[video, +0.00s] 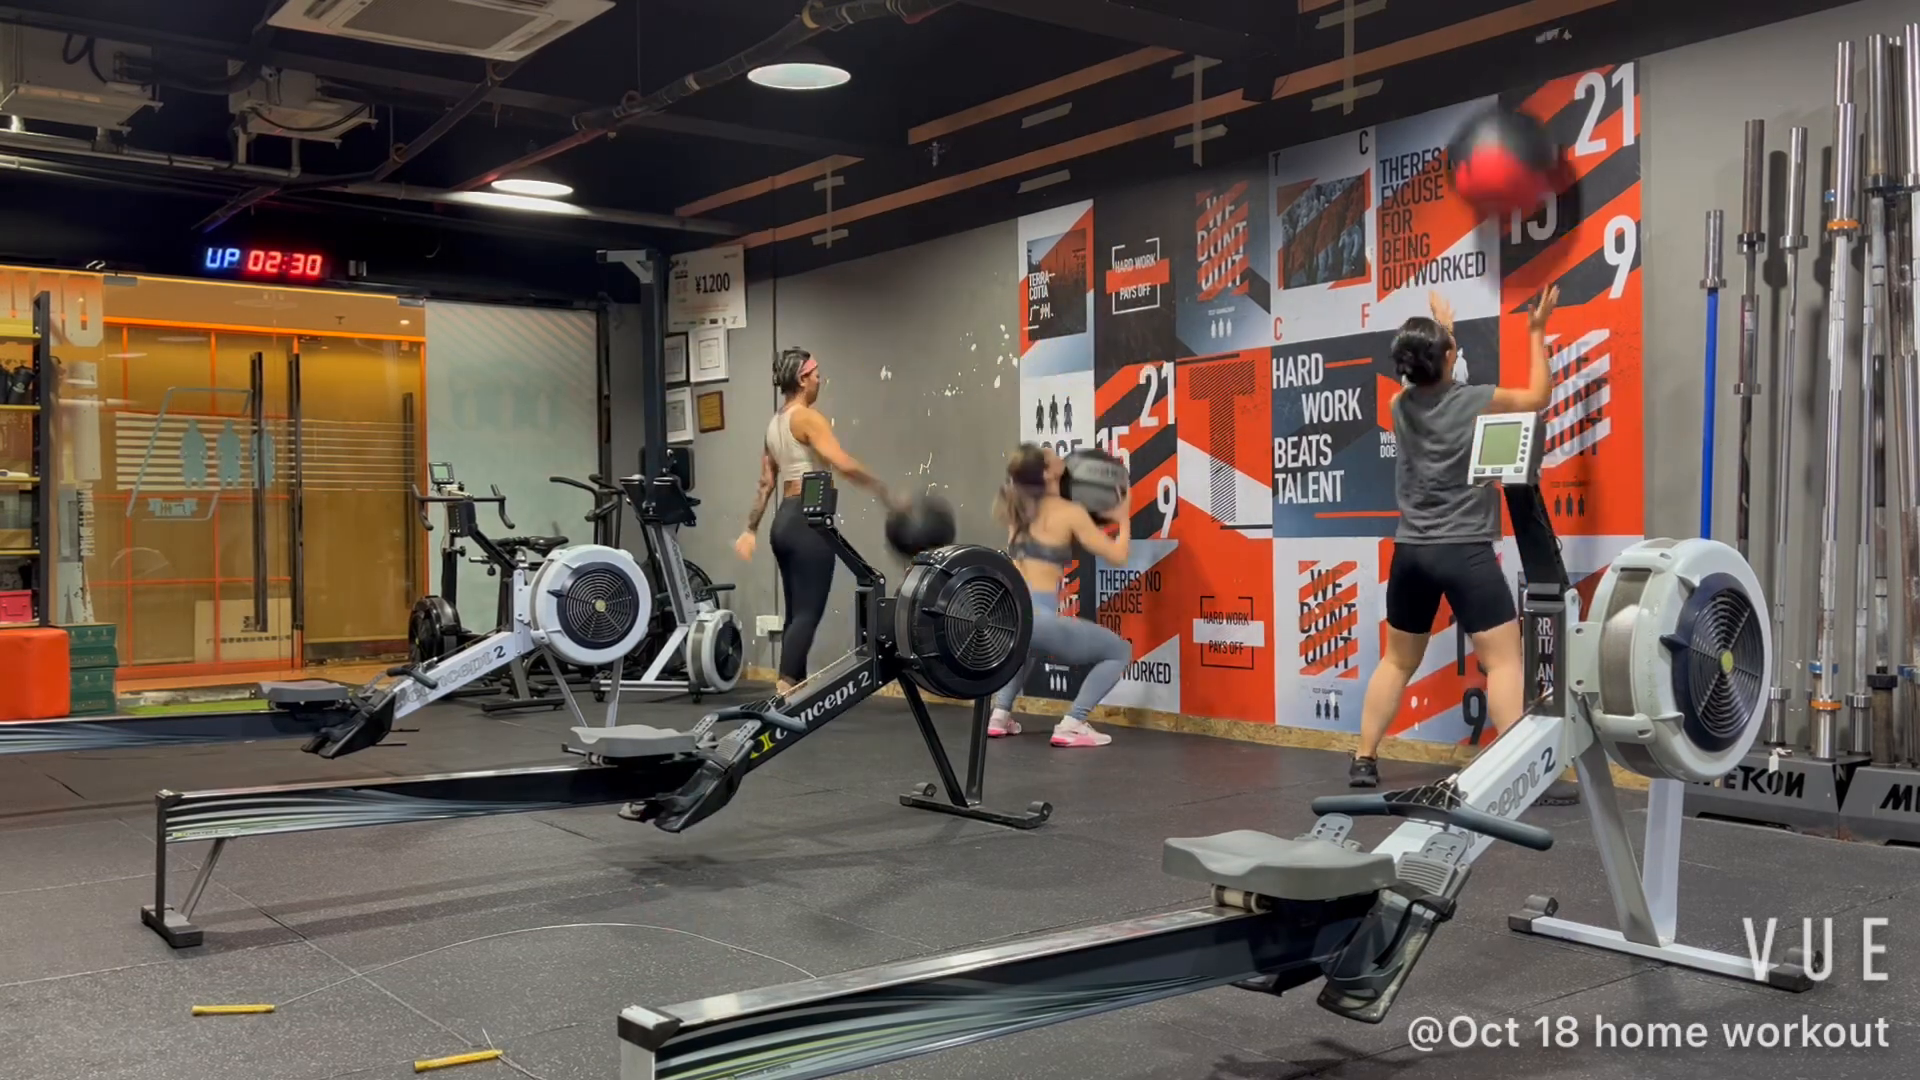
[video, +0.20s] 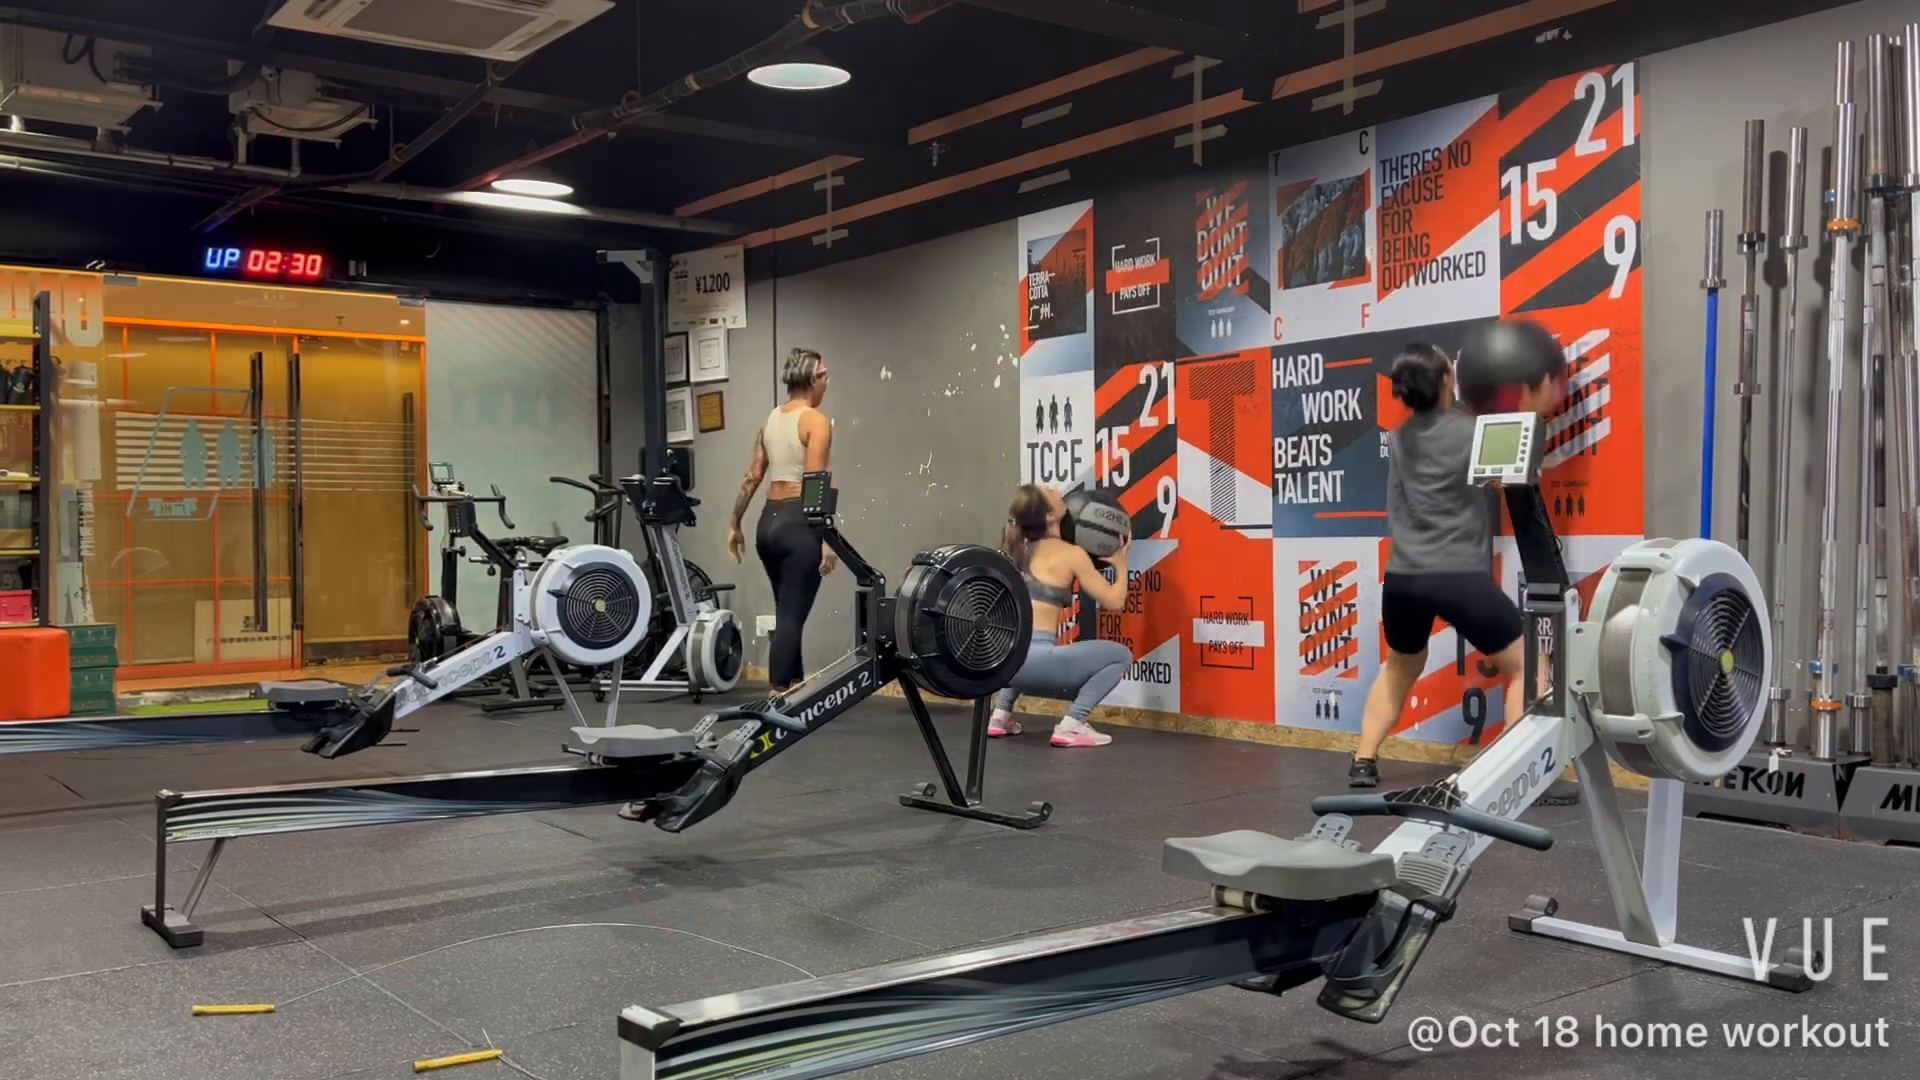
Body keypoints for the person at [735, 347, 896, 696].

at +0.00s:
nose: (820, 379)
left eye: (817, 372)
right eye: (815, 374)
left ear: (790, 381)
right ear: (802, 380)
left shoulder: (775, 425)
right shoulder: (809, 417)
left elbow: (766, 483)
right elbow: (845, 467)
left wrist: (750, 529)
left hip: (785, 520)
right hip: (808, 520)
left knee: (797, 612)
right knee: (808, 613)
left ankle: (798, 692)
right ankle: (784, 694)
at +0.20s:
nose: (826, 382)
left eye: (825, 375)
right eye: (823, 376)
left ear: (792, 380)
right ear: (813, 380)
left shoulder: (771, 421)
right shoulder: (817, 422)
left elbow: (753, 477)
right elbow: (815, 481)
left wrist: (735, 523)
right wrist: (827, 538)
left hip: (769, 519)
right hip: (800, 520)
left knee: (788, 616)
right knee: (790, 619)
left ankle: (797, 692)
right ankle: (778, 699)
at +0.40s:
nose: (823, 381)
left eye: (822, 374)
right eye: (821, 374)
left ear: (786, 375)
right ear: (812, 376)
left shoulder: (766, 415)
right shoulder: (813, 417)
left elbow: (753, 476)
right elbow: (816, 478)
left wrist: (746, 521)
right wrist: (832, 535)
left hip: (760, 511)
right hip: (793, 513)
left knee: (762, 608)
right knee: (786, 616)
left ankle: (749, 682)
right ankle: (777, 698)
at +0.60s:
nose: (812, 378)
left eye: (811, 371)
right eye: (810, 371)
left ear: (776, 375)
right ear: (799, 374)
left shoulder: (756, 415)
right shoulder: (802, 417)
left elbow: (755, 472)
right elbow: (818, 477)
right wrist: (848, 525)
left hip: (752, 513)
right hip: (787, 518)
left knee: (743, 608)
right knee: (784, 616)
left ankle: (705, 683)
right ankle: (777, 698)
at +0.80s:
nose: (799, 381)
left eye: (798, 374)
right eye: (796, 374)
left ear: (764, 377)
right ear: (783, 377)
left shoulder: (740, 417)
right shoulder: (789, 419)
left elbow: (736, 476)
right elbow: (806, 481)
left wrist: (760, 500)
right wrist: (844, 523)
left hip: (741, 519)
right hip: (781, 519)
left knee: (732, 616)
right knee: (782, 618)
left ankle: (713, 703)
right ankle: (777, 702)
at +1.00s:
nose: (790, 387)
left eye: (790, 380)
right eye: (788, 380)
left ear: (754, 382)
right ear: (775, 381)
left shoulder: (731, 423)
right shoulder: (781, 420)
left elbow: (722, 482)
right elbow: (792, 476)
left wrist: (721, 528)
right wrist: (823, 520)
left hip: (733, 517)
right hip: (773, 517)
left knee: (723, 618)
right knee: (805, 609)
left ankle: (710, 705)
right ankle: (792, 688)